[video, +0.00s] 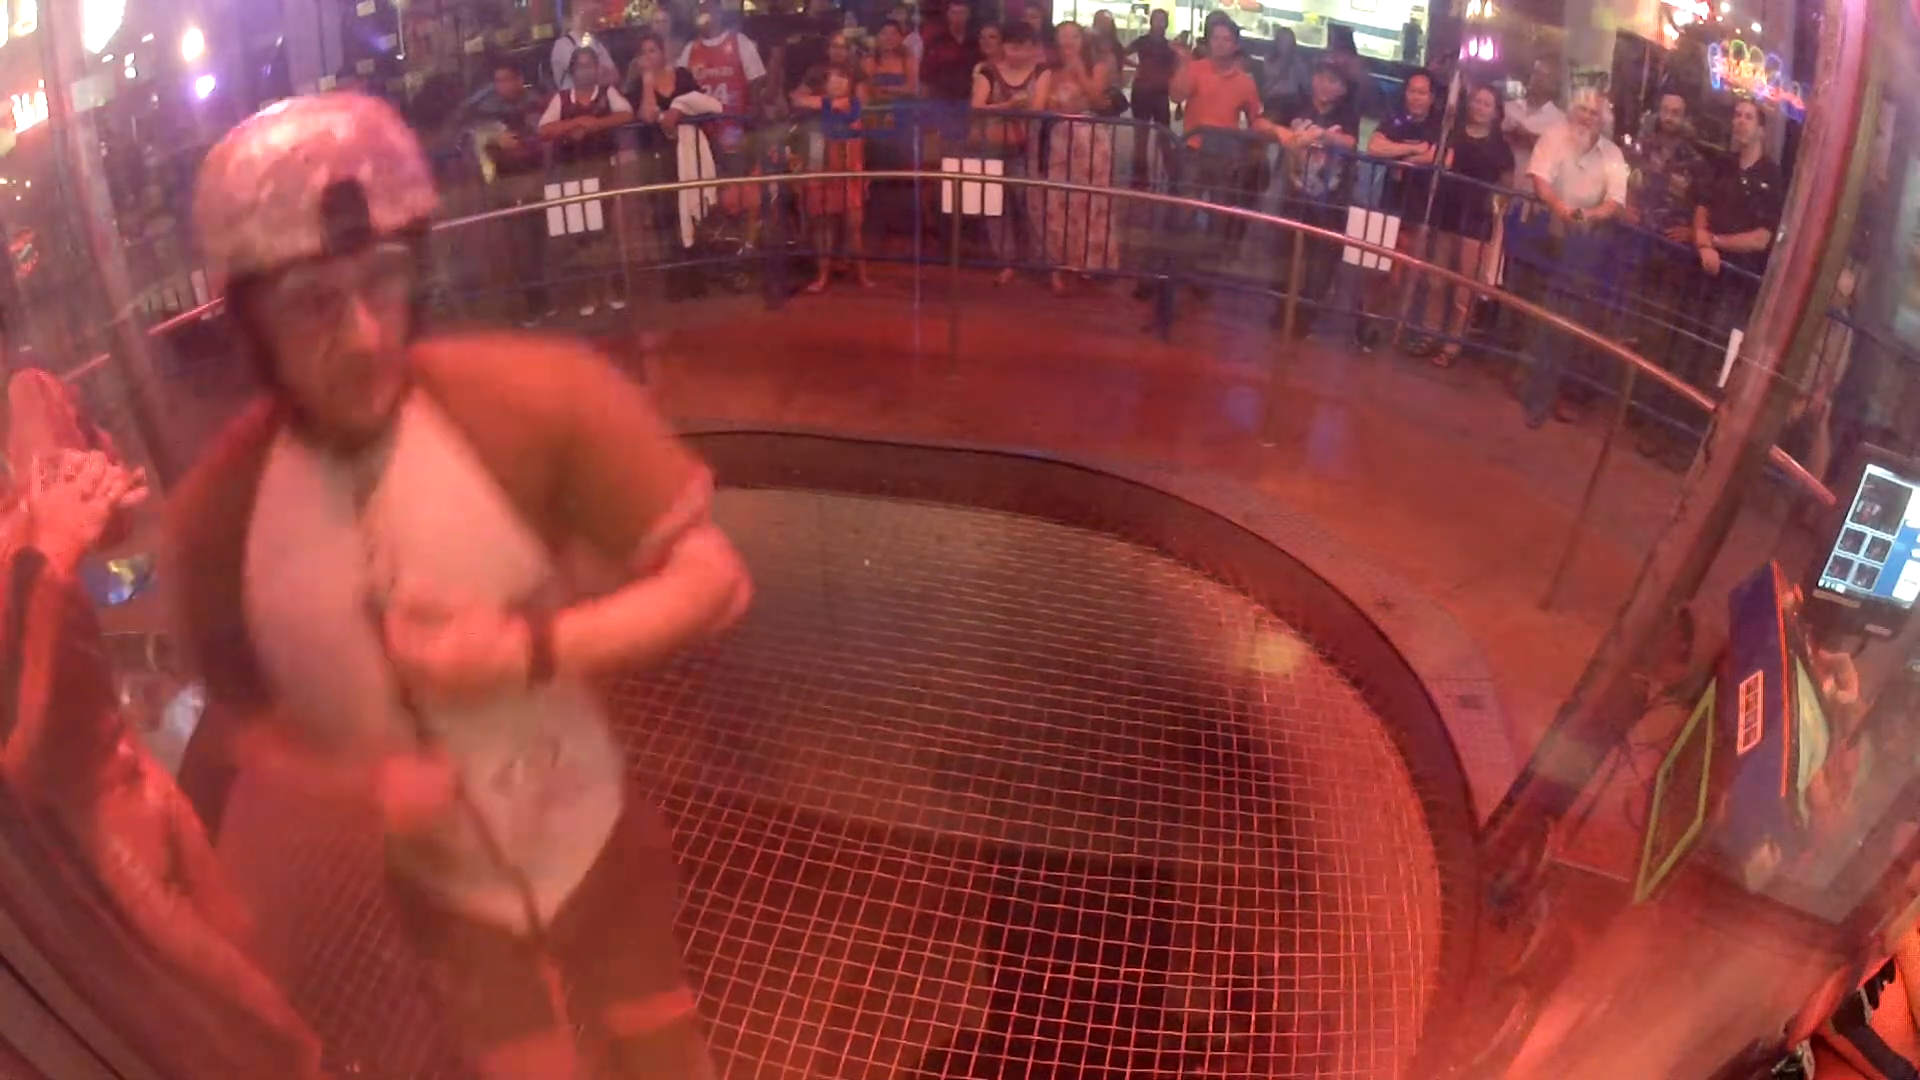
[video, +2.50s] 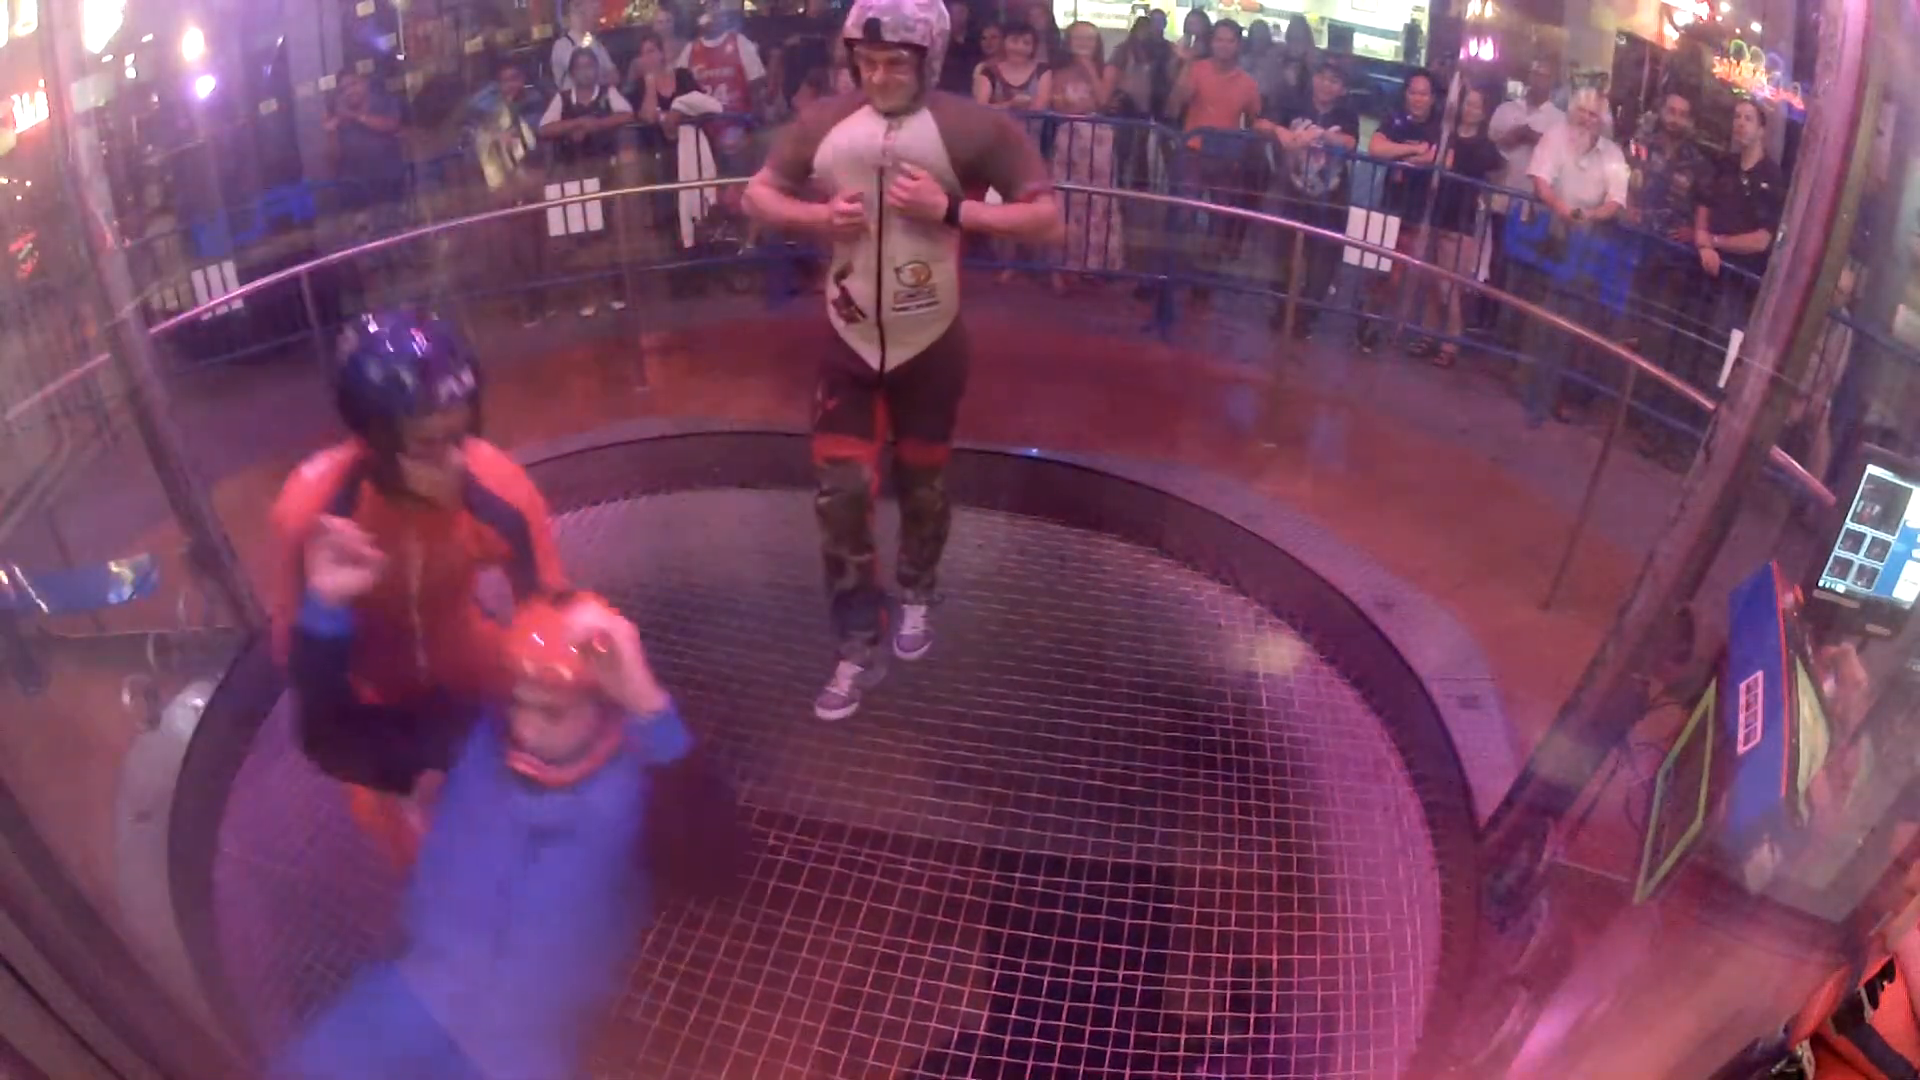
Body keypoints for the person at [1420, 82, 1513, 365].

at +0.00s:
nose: (1480, 107)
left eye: (1487, 104)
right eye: (1477, 101)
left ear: (1496, 112)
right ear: (1468, 104)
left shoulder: (1500, 148)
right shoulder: (1453, 137)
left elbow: (1506, 187)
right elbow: (1439, 167)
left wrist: (1497, 212)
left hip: (1477, 219)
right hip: (1446, 212)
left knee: (1464, 287)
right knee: (1436, 279)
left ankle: (1453, 342)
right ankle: (1430, 333)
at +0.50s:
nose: (1481, 107)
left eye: (1487, 104)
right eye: (1477, 101)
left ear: (1497, 112)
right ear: (1469, 104)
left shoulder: (1501, 148)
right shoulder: (1454, 137)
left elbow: (1507, 188)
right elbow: (1440, 168)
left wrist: (1496, 207)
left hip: (1476, 220)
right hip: (1445, 212)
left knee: (1463, 288)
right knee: (1435, 281)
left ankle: (1453, 342)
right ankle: (1430, 333)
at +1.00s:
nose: (1480, 107)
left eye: (1487, 103)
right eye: (1477, 101)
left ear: (1497, 111)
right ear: (1469, 104)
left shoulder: (1500, 148)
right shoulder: (1453, 137)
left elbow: (1506, 187)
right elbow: (1439, 166)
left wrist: (1495, 206)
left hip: (1476, 220)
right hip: (1444, 212)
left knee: (1463, 289)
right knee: (1435, 281)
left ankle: (1453, 342)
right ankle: (1429, 333)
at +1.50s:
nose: (1477, 107)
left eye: (1483, 103)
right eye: (1473, 101)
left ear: (1492, 110)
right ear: (1465, 104)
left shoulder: (1496, 146)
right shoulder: (1452, 138)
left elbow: (1502, 185)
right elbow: (1439, 169)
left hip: (1473, 219)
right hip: (1443, 213)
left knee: (1462, 286)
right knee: (1434, 280)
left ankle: (1452, 342)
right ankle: (1429, 333)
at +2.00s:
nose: (1472, 108)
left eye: (1478, 103)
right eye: (1468, 101)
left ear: (1488, 110)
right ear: (1461, 106)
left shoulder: (1492, 147)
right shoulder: (1449, 139)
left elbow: (1498, 184)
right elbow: (1436, 171)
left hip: (1472, 218)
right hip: (1442, 213)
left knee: (1461, 285)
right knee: (1434, 279)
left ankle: (1451, 342)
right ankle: (1428, 333)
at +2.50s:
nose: (1469, 109)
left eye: (1475, 105)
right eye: (1466, 103)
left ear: (1485, 112)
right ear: (1459, 106)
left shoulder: (1486, 148)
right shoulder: (1447, 139)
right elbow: (1432, 165)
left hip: (1463, 219)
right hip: (1436, 213)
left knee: (1451, 285)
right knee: (1431, 280)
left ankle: (1450, 341)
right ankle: (1428, 333)